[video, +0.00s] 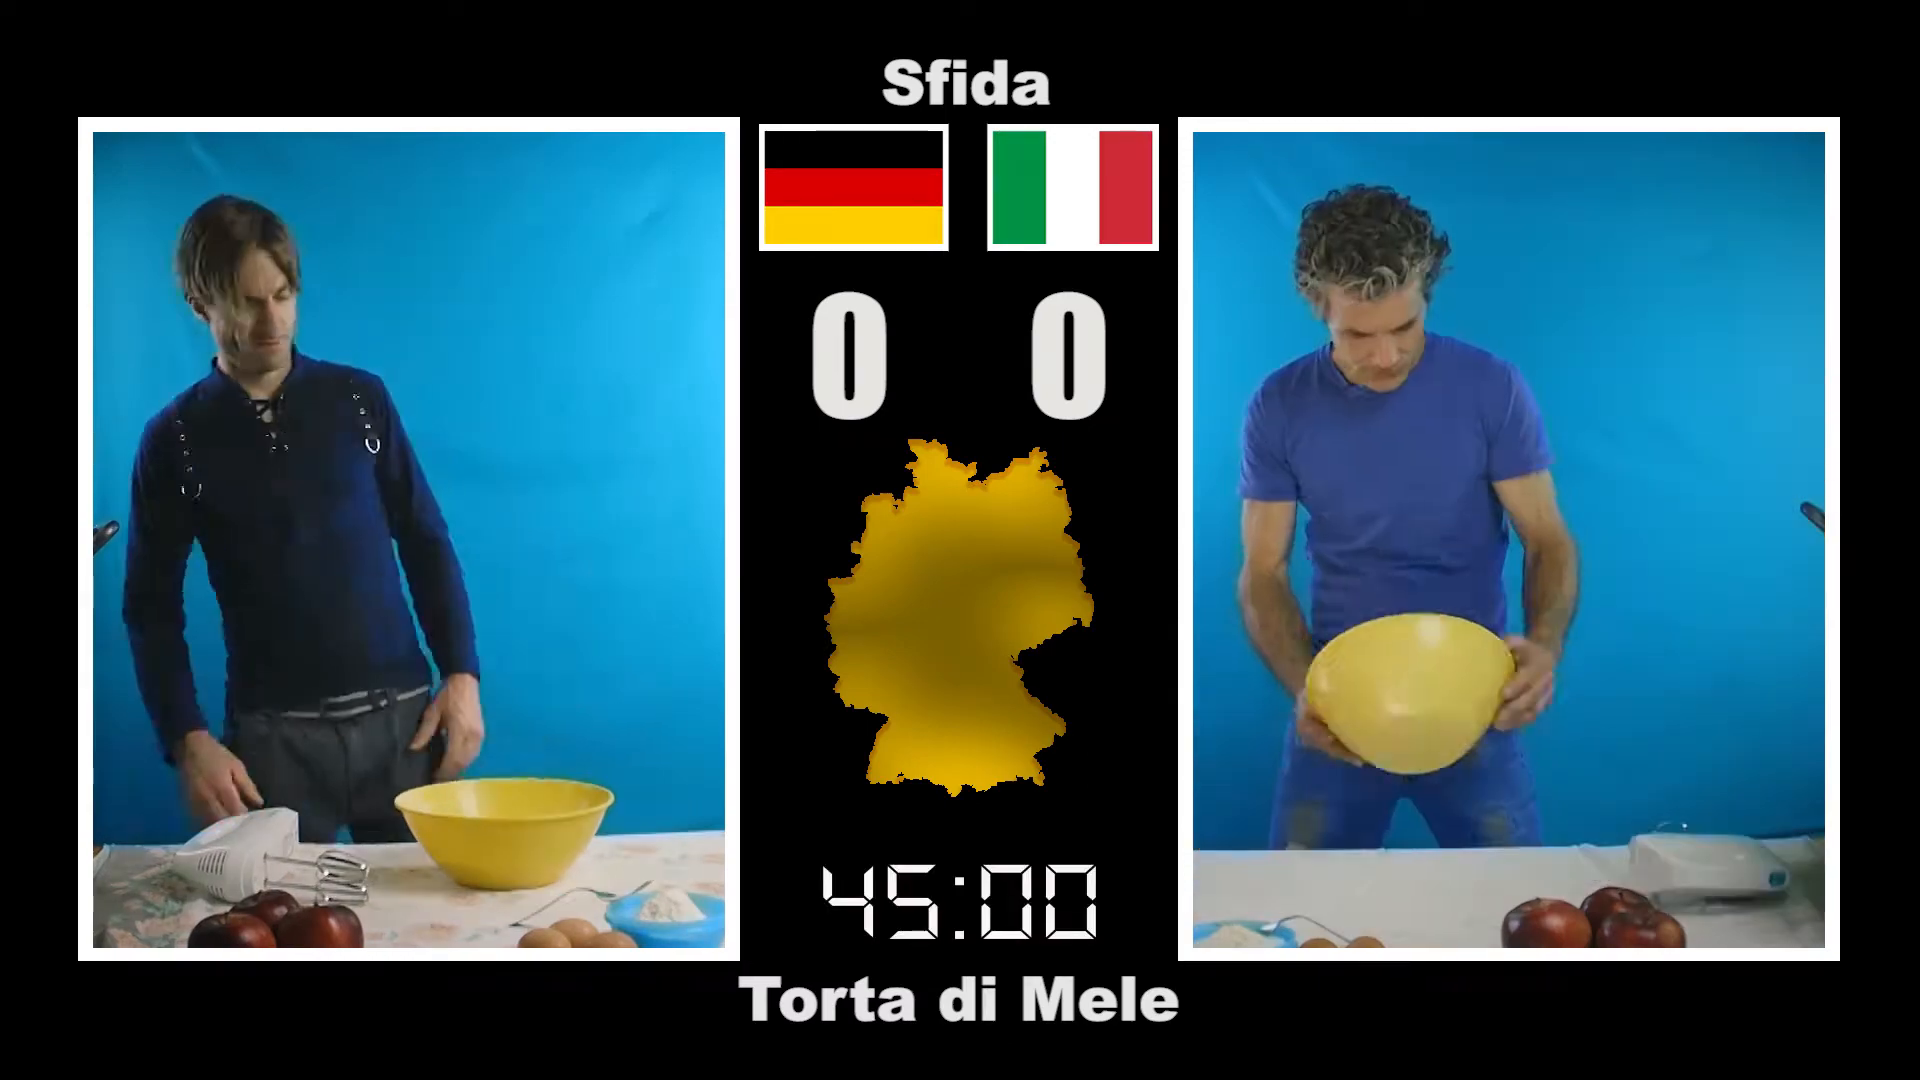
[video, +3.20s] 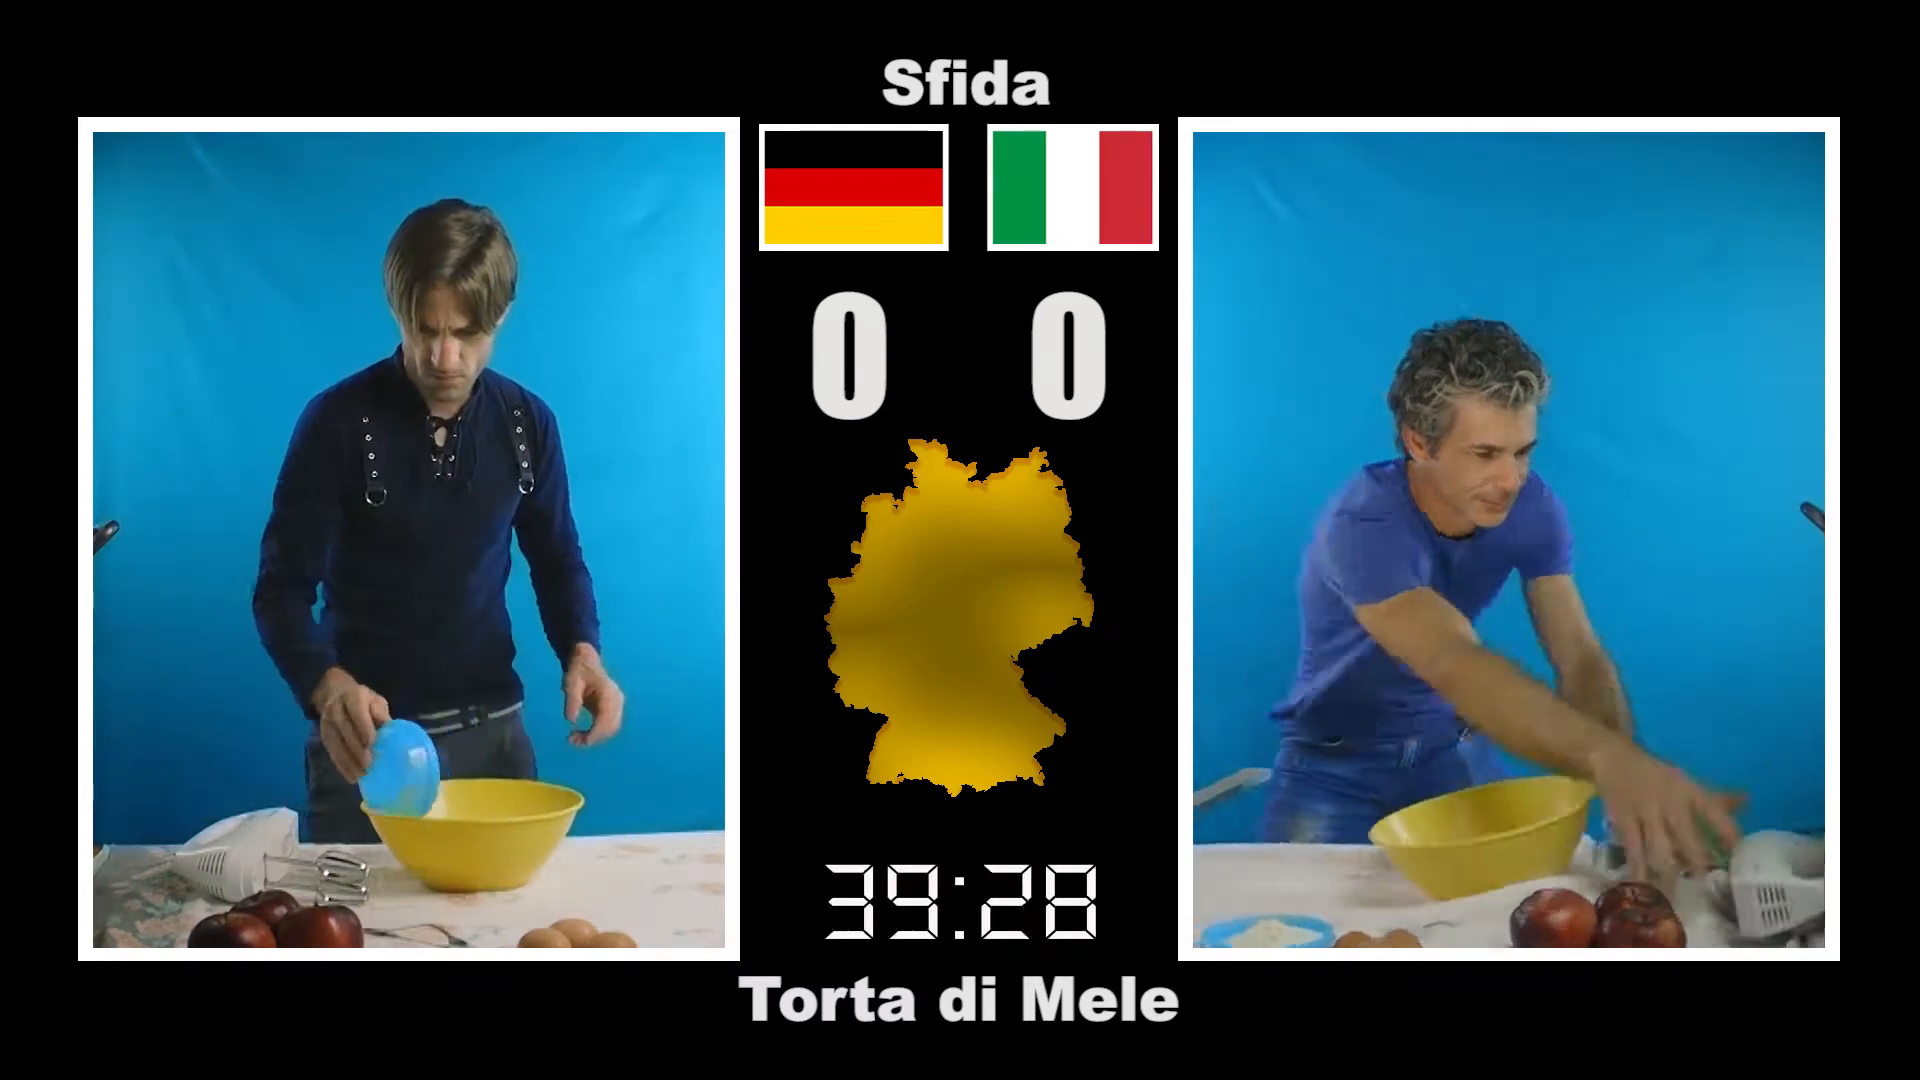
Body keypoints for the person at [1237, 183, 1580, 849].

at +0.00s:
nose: (1385, 354)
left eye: (1403, 328)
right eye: (1359, 335)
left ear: (1425, 297)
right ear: (1321, 308)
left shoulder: (1489, 390)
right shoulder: (1283, 406)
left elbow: (1548, 541)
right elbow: (1263, 575)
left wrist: (1544, 643)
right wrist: (1307, 688)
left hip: (1472, 693)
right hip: (1339, 695)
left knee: (1516, 906)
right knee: (1304, 908)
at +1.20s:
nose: (1366, 331)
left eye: (1387, 303)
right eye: (1341, 308)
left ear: (1414, 278)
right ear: (1305, 286)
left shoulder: (1480, 382)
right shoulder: (1270, 394)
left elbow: (1549, 546)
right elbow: (1247, 570)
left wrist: (1548, 700)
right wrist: (1279, 711)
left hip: (1459, 698)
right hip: (1320, 700)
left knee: (1497, 924)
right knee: (1298, 928)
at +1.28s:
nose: (1439, 352)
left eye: (1459, 326)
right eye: (1413, 330)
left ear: (1476, 301)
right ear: (1363, 302)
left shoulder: (1516, 398)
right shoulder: (1307, 390)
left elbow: (1555, 563)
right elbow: (1312, 577)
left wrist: (1559, 692)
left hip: (1470, 726)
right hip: (1335, 719)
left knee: (1502, 940)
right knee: (1320, 940)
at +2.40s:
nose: (1417, 359)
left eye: (1434, 335)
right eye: (1396, 334)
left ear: (1447, 326)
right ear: (1338, 322)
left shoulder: (1464, 433)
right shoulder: (1262, 433)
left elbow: (1513, 574)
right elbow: (1238, 610)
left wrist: (1553, 701)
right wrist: (1329, 703)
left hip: (1433, 739)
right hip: (1297, 741)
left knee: (1496, 925)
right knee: (1265, 937)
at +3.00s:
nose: (1420, 460)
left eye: (1432, 433)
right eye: (1396, 438)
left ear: (1442, 411)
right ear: (1328, 421)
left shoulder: (1463, 493)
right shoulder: (1260, 495)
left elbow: (1561, 631)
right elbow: (1266, 684)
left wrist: (1651, 749)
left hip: (1419, 762)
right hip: (1294, 759)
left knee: (1436, 932)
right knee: (1254, 926)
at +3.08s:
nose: (1440, 467)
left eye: (1455, 440)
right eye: (1417, 445)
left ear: (1465, 420)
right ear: (1351, 430)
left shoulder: (1479, 493)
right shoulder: (1293, 497)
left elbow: (1571, 643)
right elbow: (1345, 684)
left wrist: (1640, 769)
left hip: (1433, 760)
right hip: (1309, 757)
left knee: (1456, 932)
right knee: (1272, 930)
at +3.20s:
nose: (1509, 479)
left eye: (1522, 452)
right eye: (1486, 454)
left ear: (1533, 439)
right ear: (1418, 445)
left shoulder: (1529, 507)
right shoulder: (1361, 524)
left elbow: (1578, 656)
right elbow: (1458, 667)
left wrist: (1624, 778)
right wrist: (1614, 763)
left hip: (1450, 761)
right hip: (1333, 769)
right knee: (1313, 937)